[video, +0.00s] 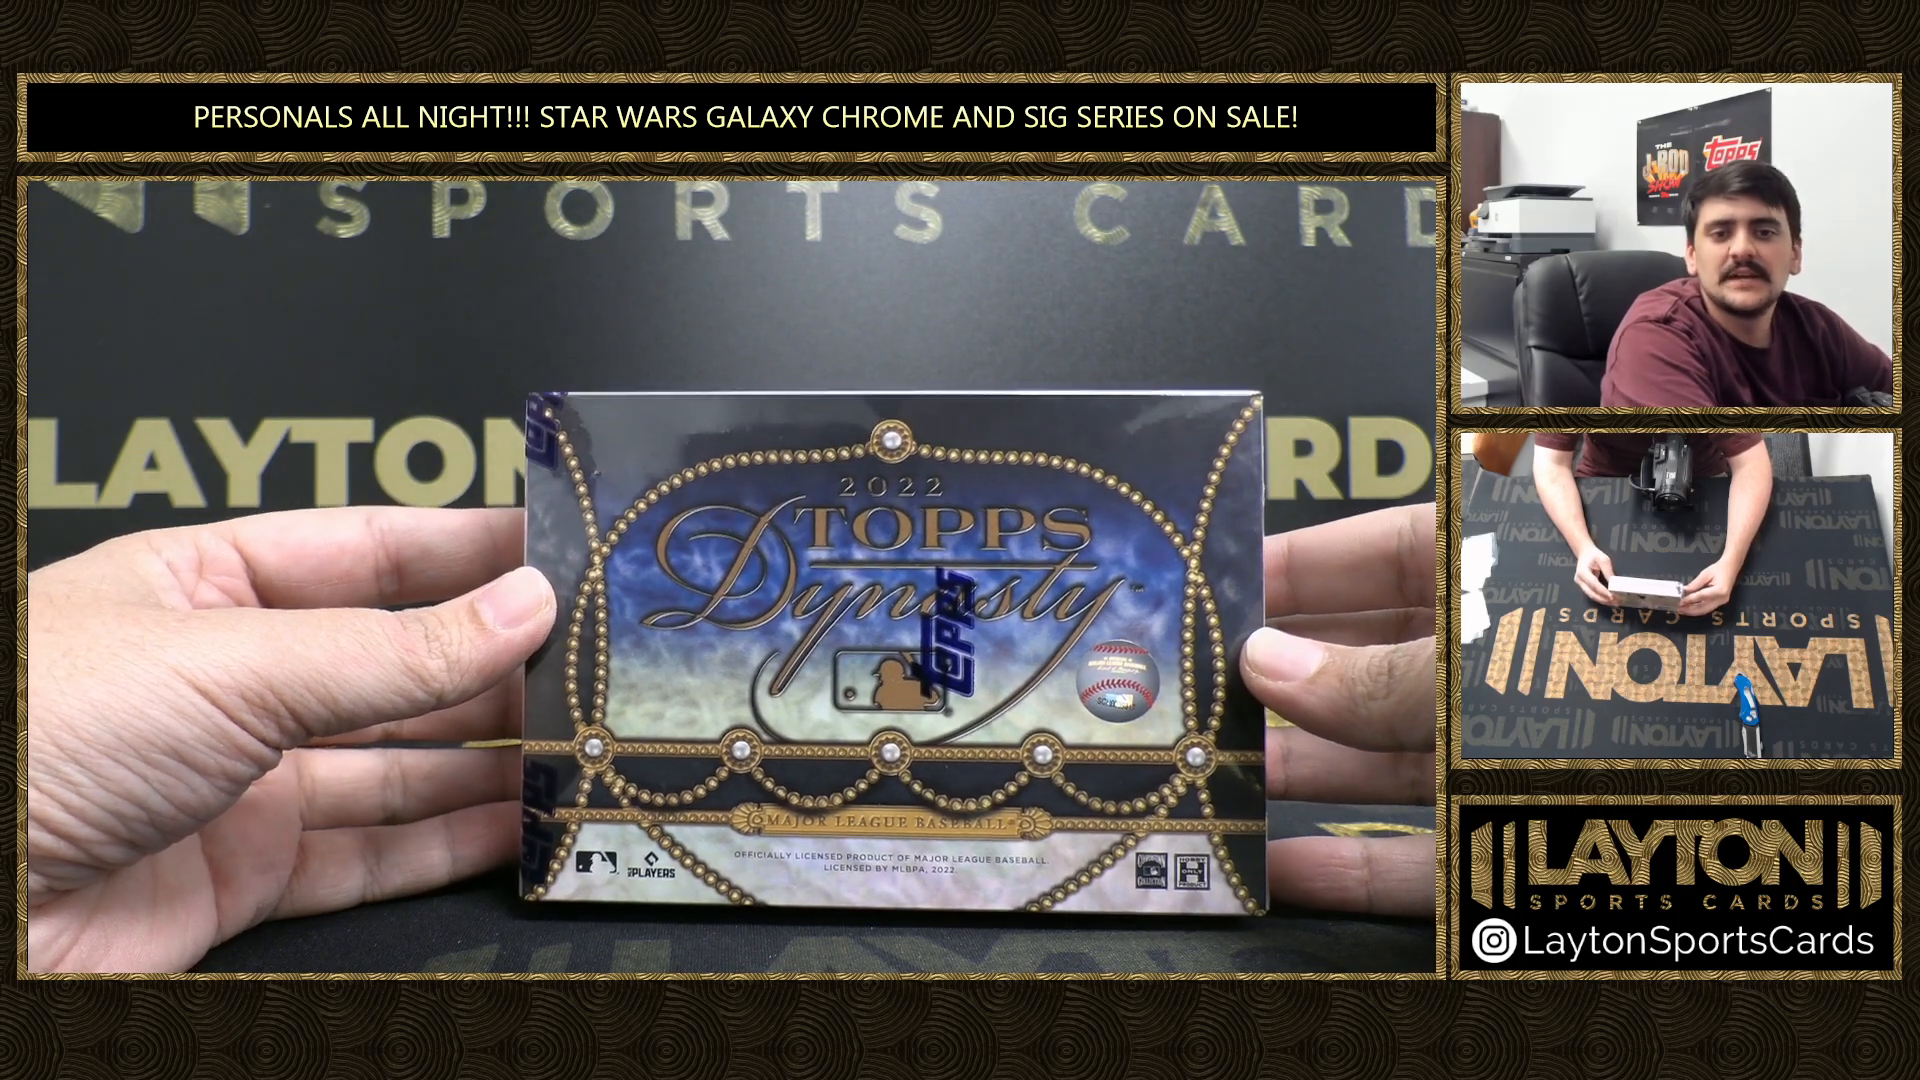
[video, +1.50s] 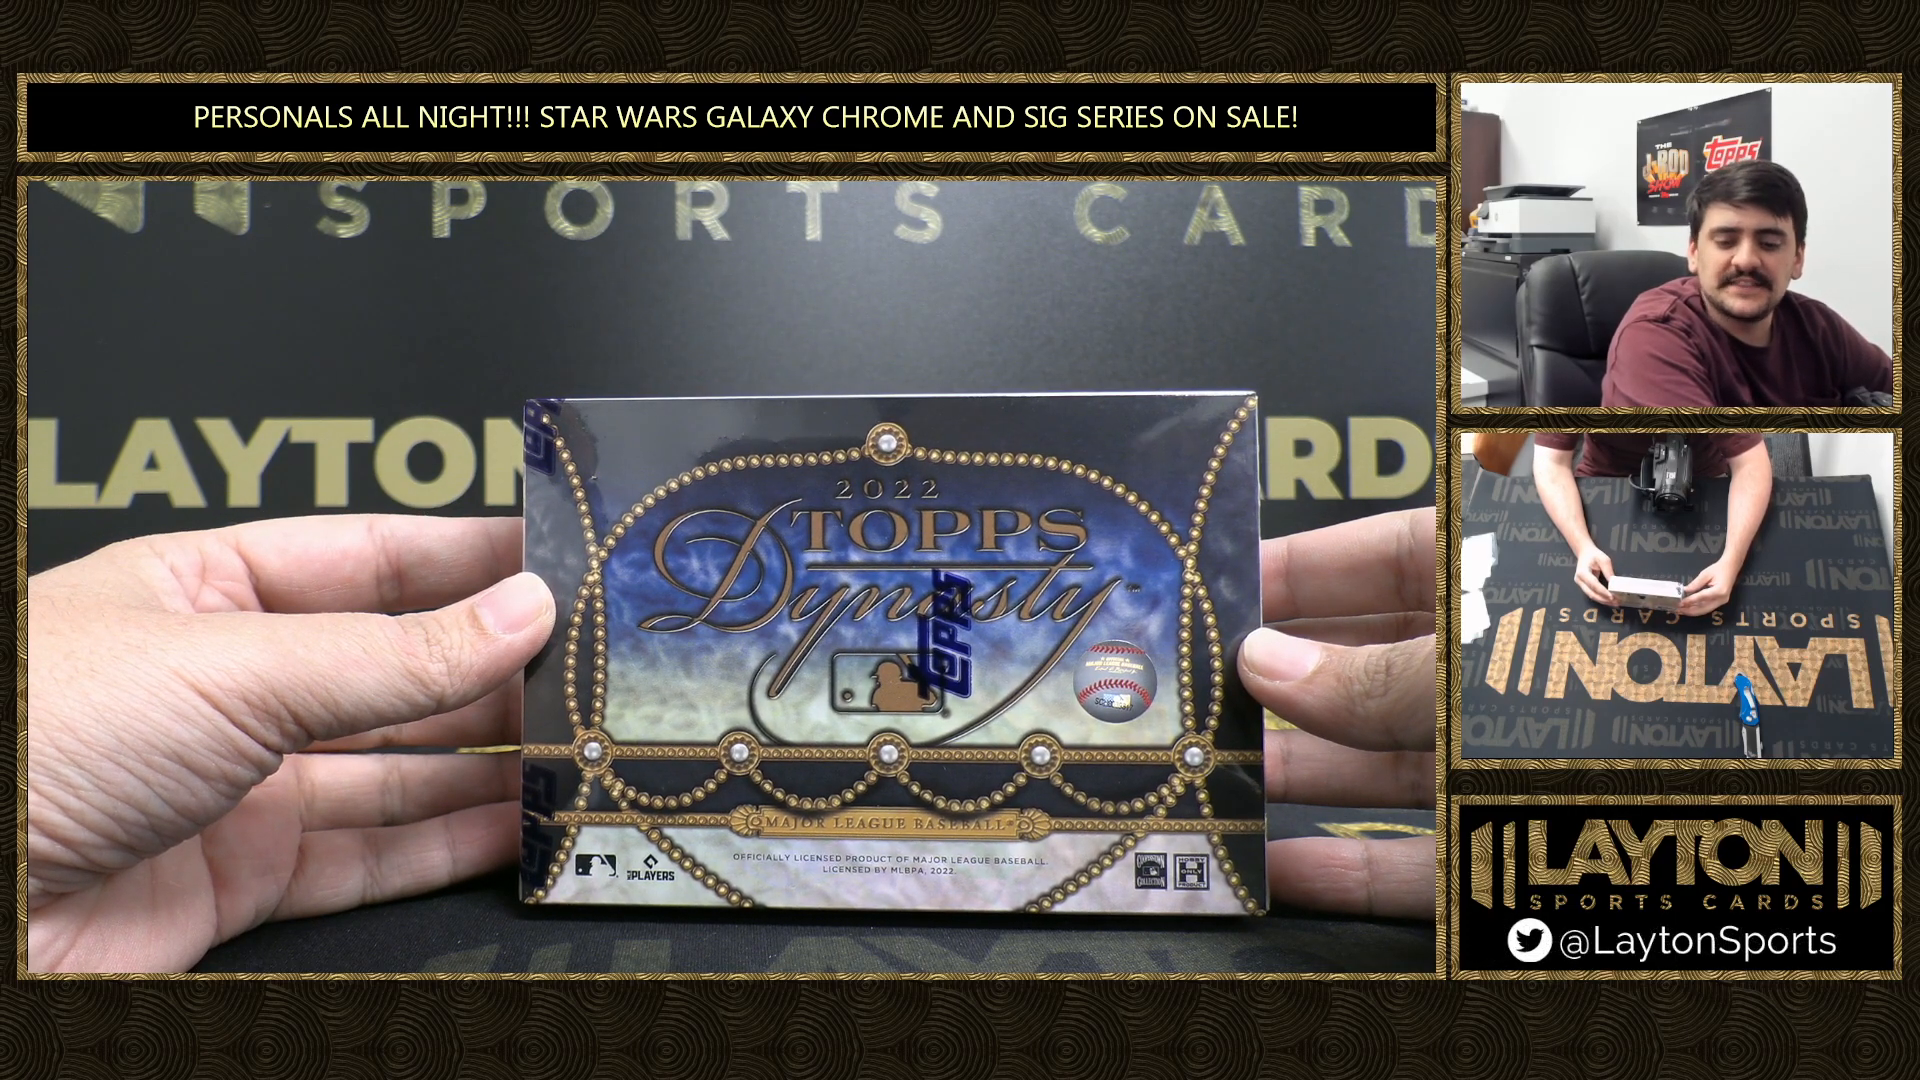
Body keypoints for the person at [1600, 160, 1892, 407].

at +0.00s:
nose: (1742, 249)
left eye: (1764, 232)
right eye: (1721, 233)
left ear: (1795, 254)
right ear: (1691, 256)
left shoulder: (1817, 329)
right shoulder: (1655, 334)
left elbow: (1897, 390)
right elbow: (1746, 461)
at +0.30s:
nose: (1741, 247)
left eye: (1764, 232)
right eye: (1722, 230)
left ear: (1797, 255)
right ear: (1693, 253)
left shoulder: (1818, 328)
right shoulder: (1656, 333)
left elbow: (1896, 388)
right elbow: (1747, 462)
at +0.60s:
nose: (1740, 251)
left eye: (1763, 234)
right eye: (1721, 233)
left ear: (1796, 255)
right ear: (1692, 253)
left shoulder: (1818, 328)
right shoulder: (1656, 333)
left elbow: (1896, 388)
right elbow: (1747, 462)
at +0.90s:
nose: (1737, 255)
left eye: (1761, 236)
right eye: (1717, 236)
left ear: (1795, 255)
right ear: (1691, 253)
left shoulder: (1818, 328)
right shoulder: (1656, 333)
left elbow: (1896, 388)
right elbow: (1746, 462)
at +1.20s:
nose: (1738, 260)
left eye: (1761, 241)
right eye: (1718, 241)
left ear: (1796, 256)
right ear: (1691, 254)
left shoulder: (1818, 329)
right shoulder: (1655, 333)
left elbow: (1896, 387)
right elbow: (1746, 461)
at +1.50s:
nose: (1746, 260)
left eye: (1769, 243)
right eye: (1726, 241)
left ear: (1798, 258)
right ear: (1693, 252)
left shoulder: (1818, 329)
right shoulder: (1655, 333)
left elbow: (1897, 388)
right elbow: (1746, 462)